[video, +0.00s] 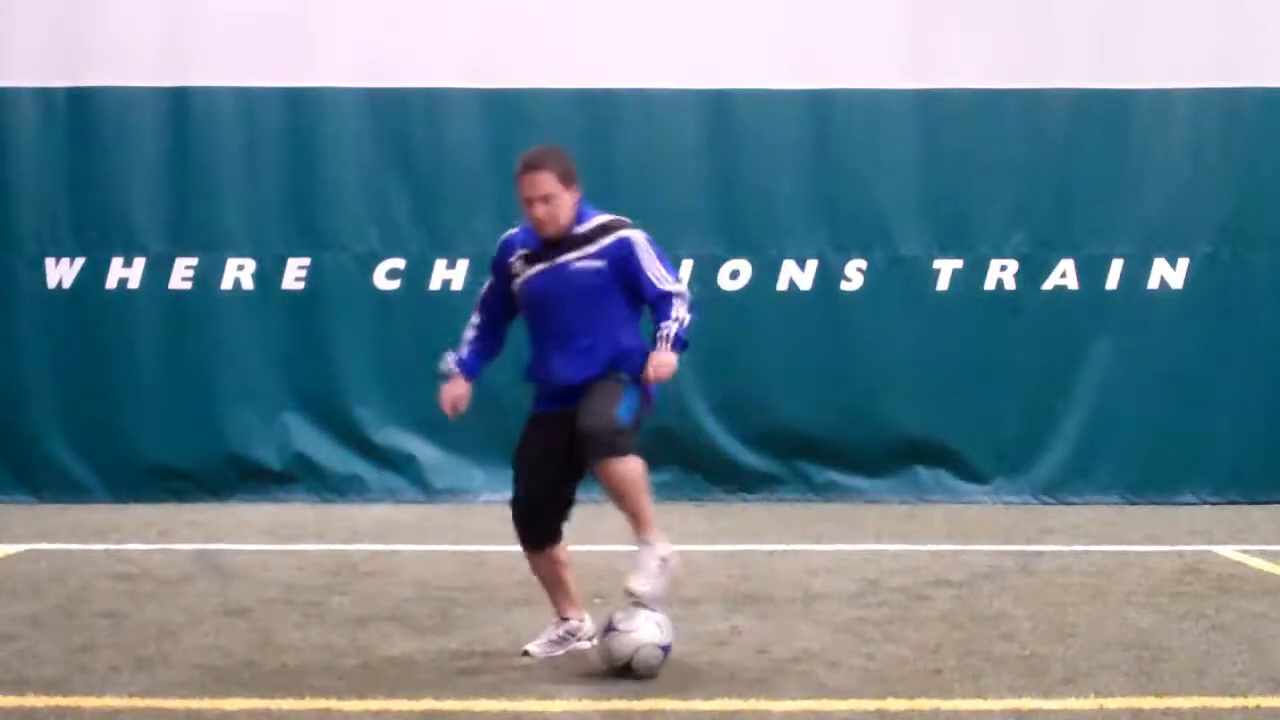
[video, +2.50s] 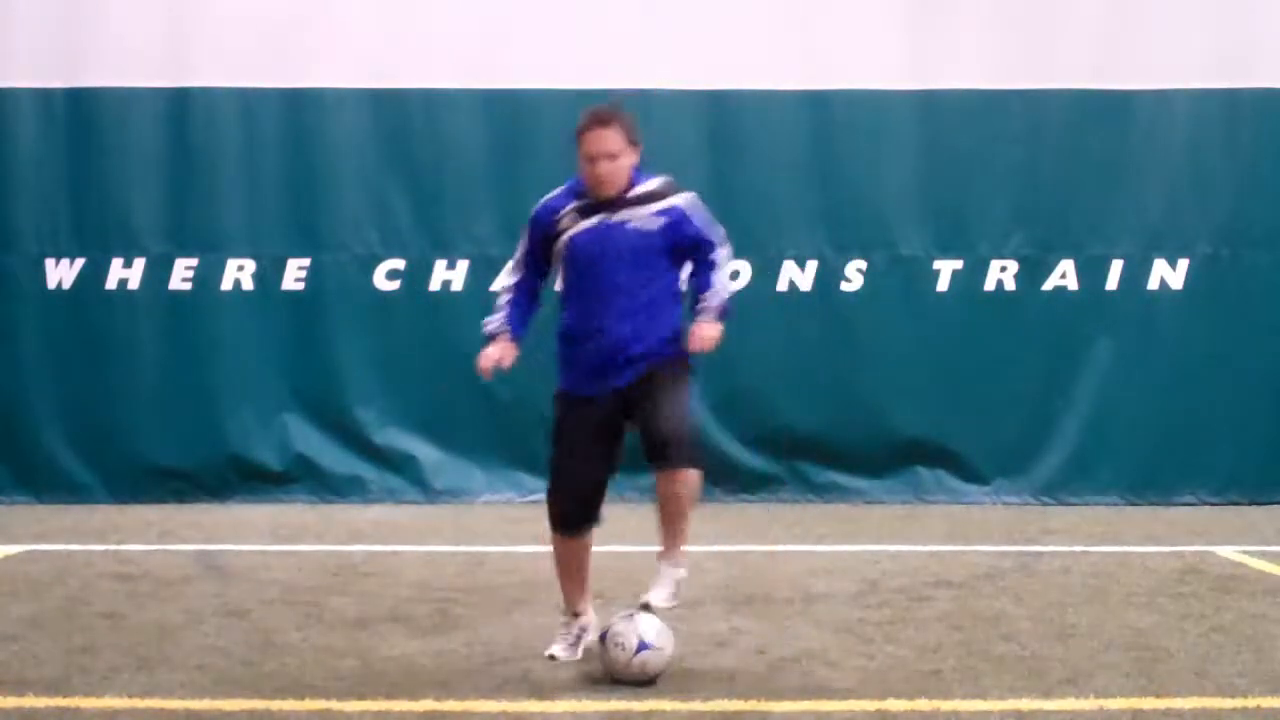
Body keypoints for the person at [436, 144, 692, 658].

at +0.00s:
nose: (537, 212)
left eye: (546, 199)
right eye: (528, 202)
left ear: (573, 193)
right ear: (520, 201)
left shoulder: (618, 236)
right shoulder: (515, 252)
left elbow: (673, 297)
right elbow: (490, 317)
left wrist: (667, 346)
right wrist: (462, 371)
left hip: (615, 377)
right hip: (555, 393)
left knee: (600, 432)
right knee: (531, 511)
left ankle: (654, 547)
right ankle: (572, 621)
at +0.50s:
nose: (448, 251)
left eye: (457, 238)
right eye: (439, 241)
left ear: (484, 224)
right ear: (429, 234)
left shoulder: (524, 269)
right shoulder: (437, 270)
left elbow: (568, 341)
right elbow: (411, 304)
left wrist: (586, 417)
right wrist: (375, 336)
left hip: (538, 417)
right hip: (501, 419)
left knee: (486, 520)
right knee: (497, 523)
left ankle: (506, 645)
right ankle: (616, 547)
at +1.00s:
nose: (535, 201)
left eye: (545, 189)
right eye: (526, 191)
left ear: (567, 184)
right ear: (512, 191)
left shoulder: (609, 230)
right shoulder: (496, 238)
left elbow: (657, 292)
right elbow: (465, 296)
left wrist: (678, 353)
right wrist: (440, 346)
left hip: (602, 395)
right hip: (527, 402)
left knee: (649, 481)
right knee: (497, 512)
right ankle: (490, 622)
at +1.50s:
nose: (729, 181)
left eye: (739, 169)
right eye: (717, 169)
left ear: (756, 163)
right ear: (699, 164)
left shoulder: (786, 197)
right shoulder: (673, 208)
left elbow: (814, 243)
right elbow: (616, 265)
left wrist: (803, 285)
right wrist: (593, 338)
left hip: (750, 357)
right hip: (685, 350)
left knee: (772, 479)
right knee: (732, 450)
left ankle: (697, 572)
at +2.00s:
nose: (763, 188)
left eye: (774, 176)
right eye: (752, 175)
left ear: (790, 171)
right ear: (734, 169)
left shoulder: (810, 212)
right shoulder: (701, 212)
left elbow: (837, 266)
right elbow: (638, 260)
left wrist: (846, 316)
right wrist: (616, 340)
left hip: (777, 377)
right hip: (709, 379)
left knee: (786, 494)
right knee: (743, 488)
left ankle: (752, 624)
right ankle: (770, 624)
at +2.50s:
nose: (600, 169)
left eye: (610, 157)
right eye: (590, 159)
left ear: (634, 154)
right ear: (578, 161)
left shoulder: (669, 201)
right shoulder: (555, 214)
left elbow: (715, 254)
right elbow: (523, 276)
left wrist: (709, 314)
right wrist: (504, 333)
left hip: (657, 366)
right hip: (586, 378)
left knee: (676, 444)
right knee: (568, 503)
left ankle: (672, 562)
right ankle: (578, 618)